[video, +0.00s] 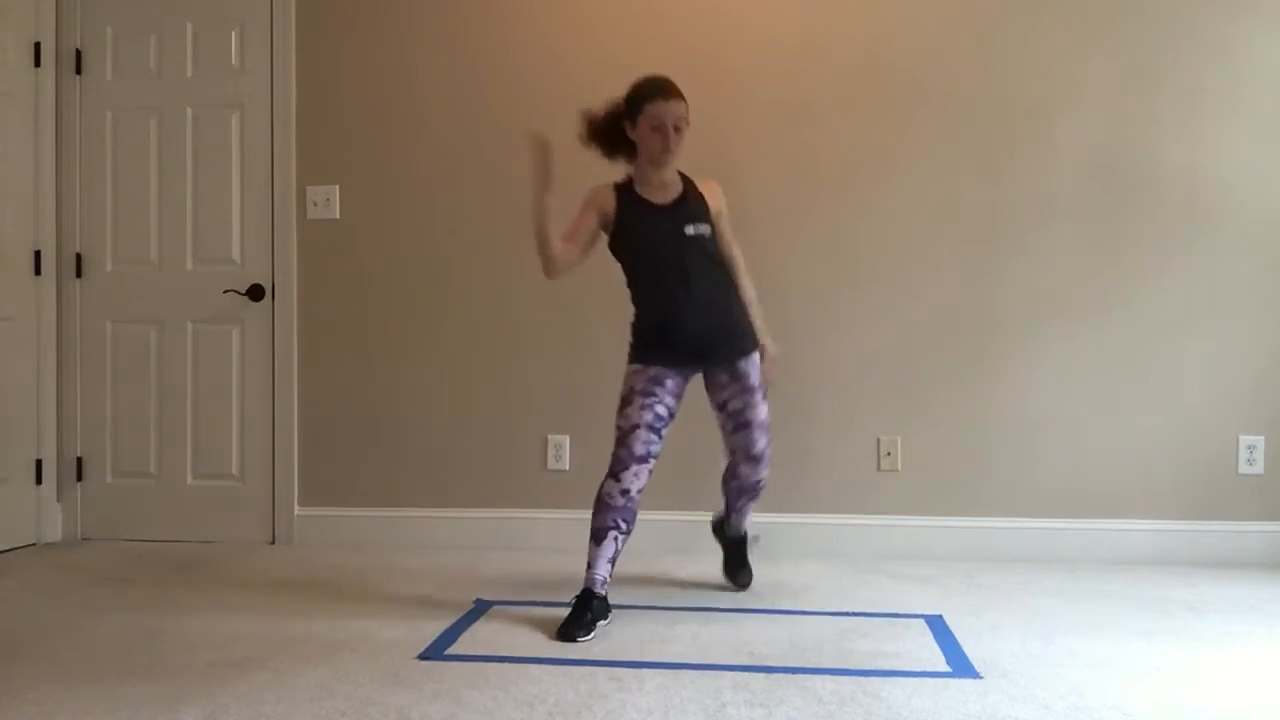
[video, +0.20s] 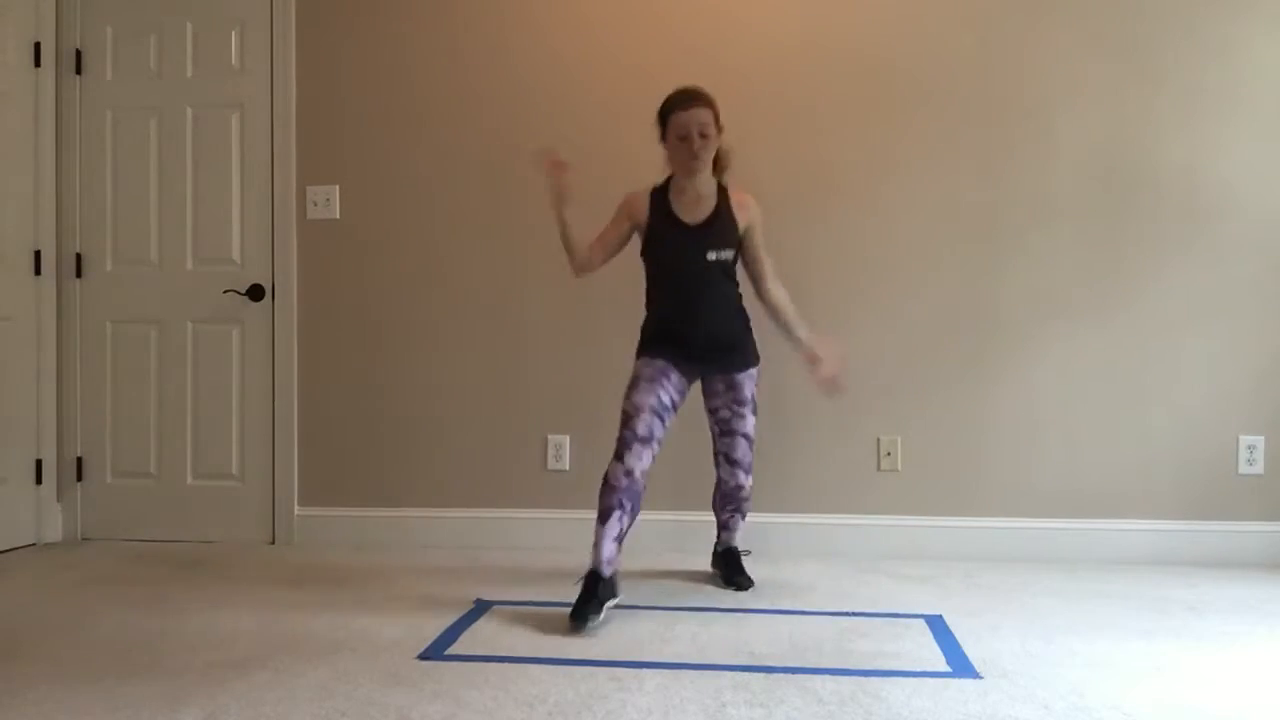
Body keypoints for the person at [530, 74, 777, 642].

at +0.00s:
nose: (672, 136)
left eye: (680, 125)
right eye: (659, 126)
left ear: (689, 130)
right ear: (633, 131)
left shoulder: (706, 193)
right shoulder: (609, 200)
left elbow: (735, 266)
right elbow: (555, 262)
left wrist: (761, 335)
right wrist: (542, 190)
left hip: (728, 340)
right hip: (660, 348)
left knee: (753, 453)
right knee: (628, 469)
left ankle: (734, 530)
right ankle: (594, 592)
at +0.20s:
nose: (695, 144)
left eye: (704, 134)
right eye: (683, 135)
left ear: (718, 139)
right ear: (664, 142)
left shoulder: (739, 206)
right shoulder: (642, 206)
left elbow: (767, 285)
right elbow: (583, 263)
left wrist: (810, 345)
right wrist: (561, 202)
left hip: (731, 350)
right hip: (666, 349)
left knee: (736, 461)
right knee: (630, 458)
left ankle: (727, 550)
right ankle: (600, 576)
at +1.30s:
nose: (684, 87)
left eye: (696, 75)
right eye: (674, 77)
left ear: (722, 82)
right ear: (664, 85)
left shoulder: (738, 156)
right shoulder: (640, 152)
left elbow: (767, 242)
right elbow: (592, 229)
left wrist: (818, 198)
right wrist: (535, 281)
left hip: (703, 319)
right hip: (629, 314)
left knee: (735, 450)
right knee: (588, 437)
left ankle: (782, 583)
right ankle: (579, 556)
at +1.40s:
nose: (664, 112)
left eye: (677, 101)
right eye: (654, 101)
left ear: (702, 108)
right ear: (643, 108)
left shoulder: (717, 180)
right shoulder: (620, 173)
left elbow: (735, 258)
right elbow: (592, 254)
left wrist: (764, 187)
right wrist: (560, 328)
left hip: (675, 338)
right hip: (602, 332)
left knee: (711, 463)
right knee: (576, 459)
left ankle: (768, 588)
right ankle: (555, 586)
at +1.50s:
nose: (650, 130)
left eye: (661, 120)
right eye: (638, 120)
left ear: (680, 128)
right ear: (623, 129)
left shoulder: (698, 203)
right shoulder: (600, 196)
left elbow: (718, 277)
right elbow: (569, 278)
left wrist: (751, 209)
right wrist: (529, 350)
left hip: (658, 357)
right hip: (587, 351)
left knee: (710, 469)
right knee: (567, 469)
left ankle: (759, 592)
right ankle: (552, 593)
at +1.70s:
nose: (655, 106)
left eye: (666, 96)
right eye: (642, 96)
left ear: (679, 103)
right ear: (622, 104)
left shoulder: (696, 169)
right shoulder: (598, 168)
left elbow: (736, 249)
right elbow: (562, 239)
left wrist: (801, 280)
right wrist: (512, 199)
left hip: (695, 325)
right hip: (624, 330)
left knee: (741, 437)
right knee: (591, 455)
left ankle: (746, 526)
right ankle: (564, 584)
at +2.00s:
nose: (693, 156)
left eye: (703, 145)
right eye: (681, 147)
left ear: (718, 150)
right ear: (663, 156)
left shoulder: (740, 209)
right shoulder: (647, 218)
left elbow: (768, 282)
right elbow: (624, 287)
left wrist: (807, 350)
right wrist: (597, 220)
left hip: (743, 358)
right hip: (675, 361)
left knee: (755, 467)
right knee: (628, 468)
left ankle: (757, 553)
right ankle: (574, 582)